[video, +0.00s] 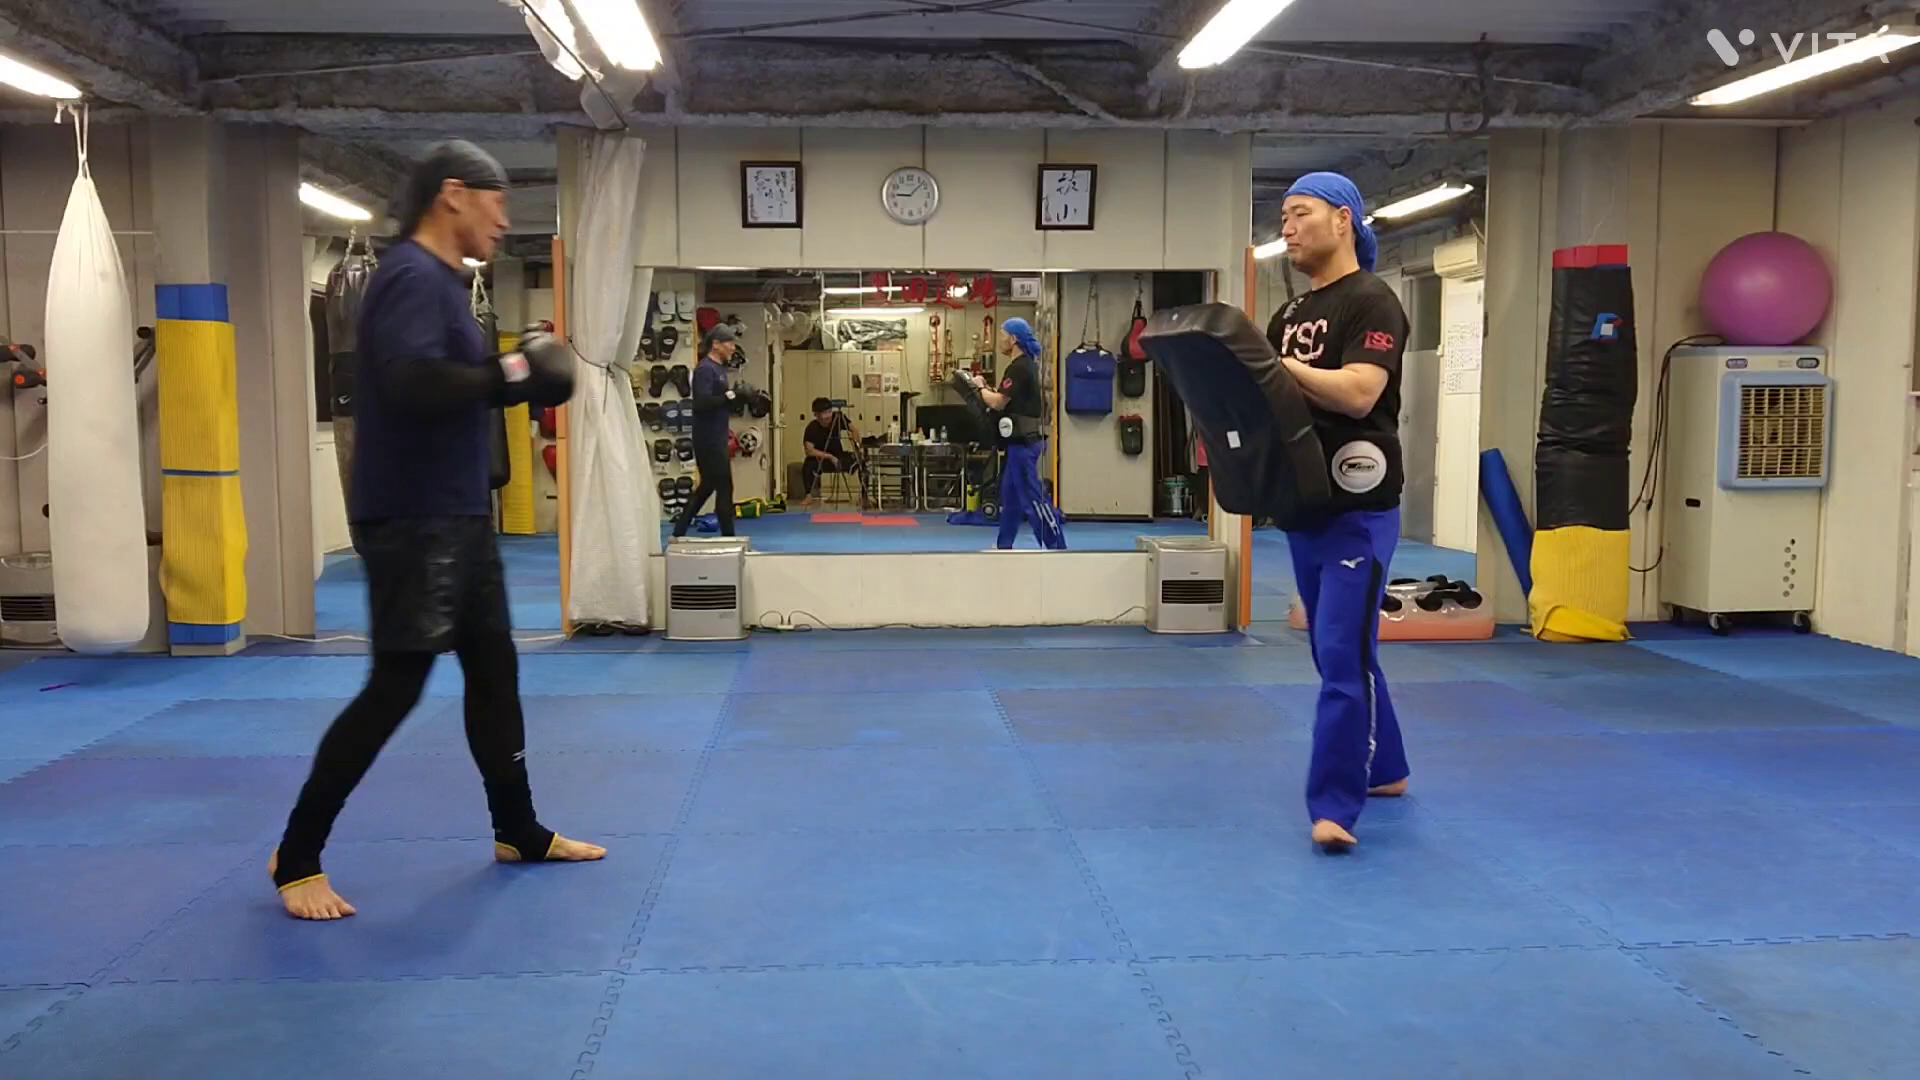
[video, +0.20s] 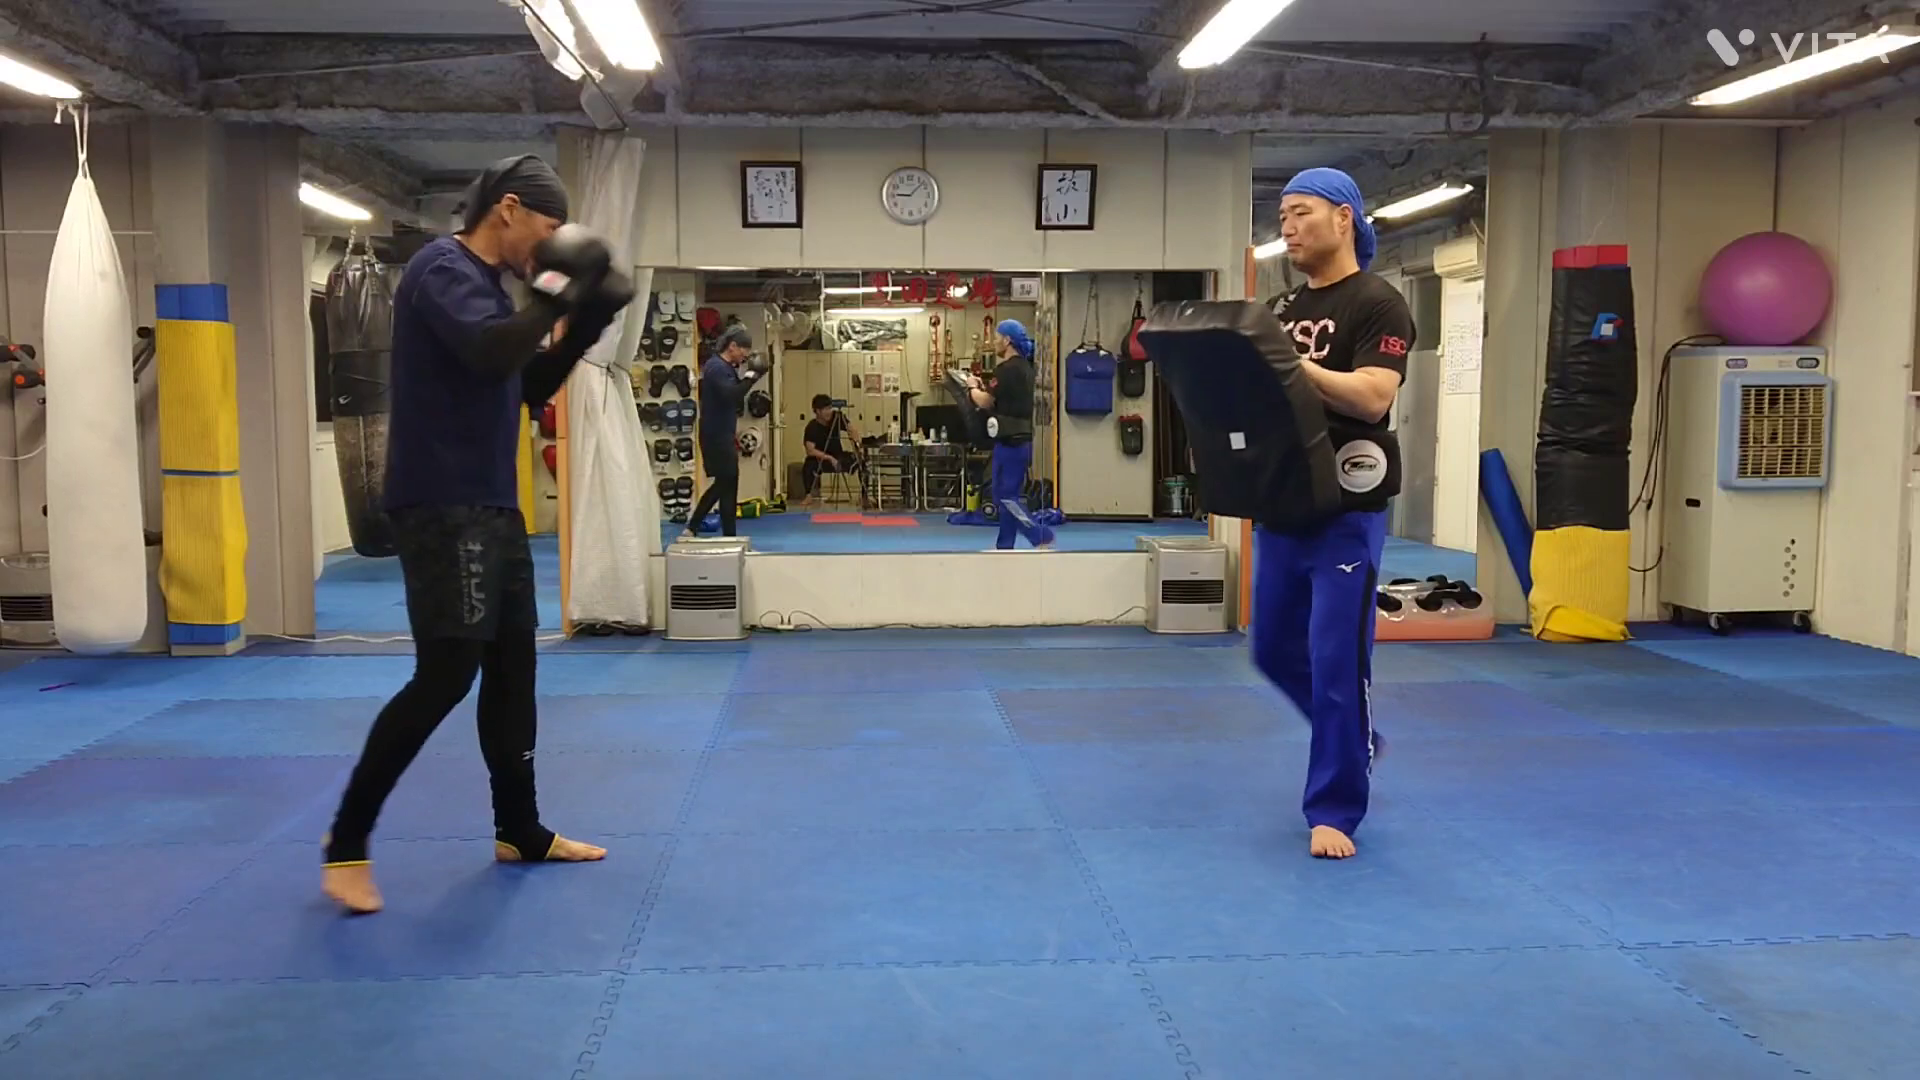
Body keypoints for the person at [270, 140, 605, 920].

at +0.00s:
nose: (505, 219)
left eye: (505, 205)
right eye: (497, 202)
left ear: (460, 202)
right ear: (452, 196)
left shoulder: (443, 282)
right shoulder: (410, 277)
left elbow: (457, 395)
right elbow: (409, 384)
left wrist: (534, 383)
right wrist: (512, 373)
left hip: (462, 519)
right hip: (412, 525)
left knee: (493, 673)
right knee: (394, 688)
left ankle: (518, 832)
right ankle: (296, 860)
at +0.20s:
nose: (548, 246)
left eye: (554, 235)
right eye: (547, 230)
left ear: (513, 216)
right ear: (508, 208)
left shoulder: (492, 288)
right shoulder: (439, 266)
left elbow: (535, 389)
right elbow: (488, 349)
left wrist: (584, 324)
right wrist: (556, 300)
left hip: (494, 506)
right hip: (440, 506)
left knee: (511, 668)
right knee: (447, 672)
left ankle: (520, 831)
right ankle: (346, 845)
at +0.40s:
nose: (564, 236)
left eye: (568, 224)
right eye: (559, 218)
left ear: (520, 210)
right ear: (514, 200)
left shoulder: (515, 291)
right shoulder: (449, 265)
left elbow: (547, 388)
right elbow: (490, 346)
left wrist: (617, 328)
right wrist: (568, 297)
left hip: (510, 507)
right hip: (450, 507)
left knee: (523, 664)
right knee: (449, 673)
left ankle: (522, 826)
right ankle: (396, 850)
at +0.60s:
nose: (557, 239)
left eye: (562, 227)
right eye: (552, 221)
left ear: (512, 215)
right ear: (506, 208)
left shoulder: (510, 298)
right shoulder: (438, 280)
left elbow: (520, 403)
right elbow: (440, 392)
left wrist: (575, 367)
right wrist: (531, 355)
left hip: (508, 515)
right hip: (444, 523)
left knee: (585, 635)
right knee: (442, 689)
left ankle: (545, 803)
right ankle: (402, 863)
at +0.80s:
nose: (558, 238)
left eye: (562, 225)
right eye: (551, 220)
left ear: (513, 214)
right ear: (505, 206)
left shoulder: (522, 295)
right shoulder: (430, 284)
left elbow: (553, 396)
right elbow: (432, 401)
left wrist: (608, 344)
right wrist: (521, 338)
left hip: (521, 517)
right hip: (452, 523)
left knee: (581, 652)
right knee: (450, 685)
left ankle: (561, 826)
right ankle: (402, 863)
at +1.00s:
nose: (583, 238)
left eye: (588, 223)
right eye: (577, 220)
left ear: (541, 209)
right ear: (531, 202)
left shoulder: (562, 296)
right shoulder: (453, 284)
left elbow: (624, 375)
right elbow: (452, 380)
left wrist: (693, 360)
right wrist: (550, 350)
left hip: (565, 522)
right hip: (482, 533)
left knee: (643, 639)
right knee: (448, 695)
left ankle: (608, 809)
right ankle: (403, 863)